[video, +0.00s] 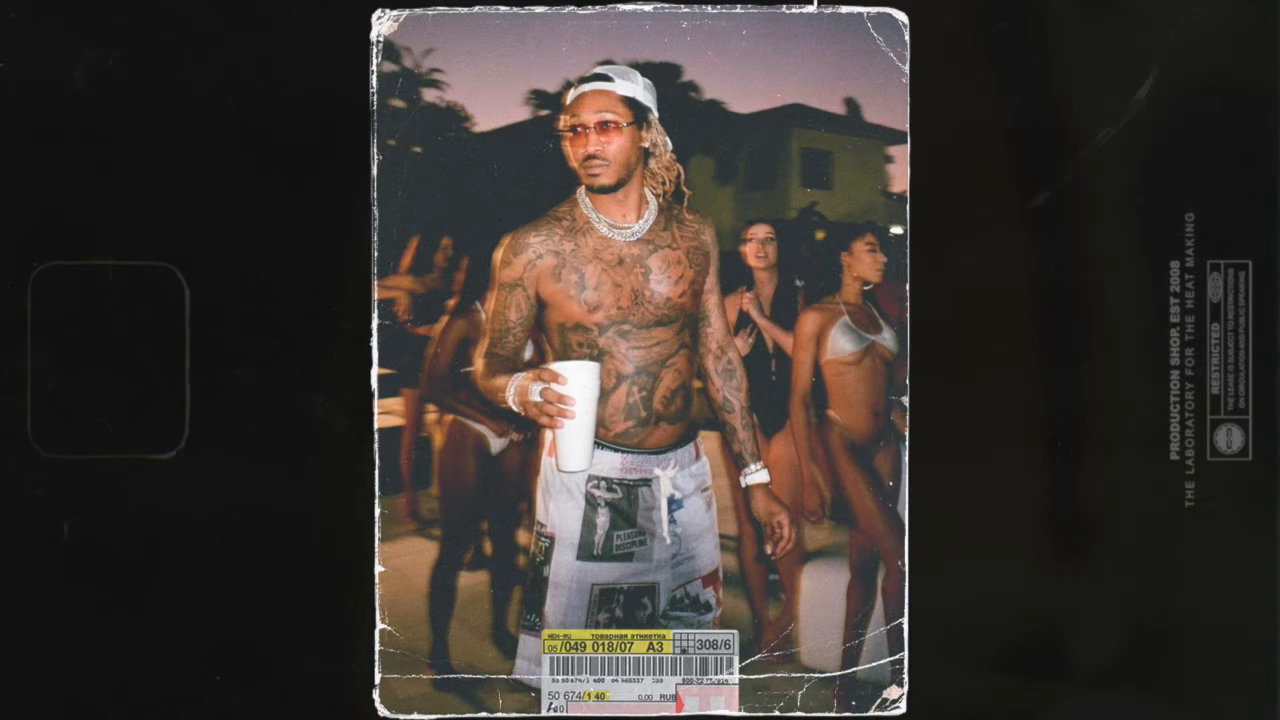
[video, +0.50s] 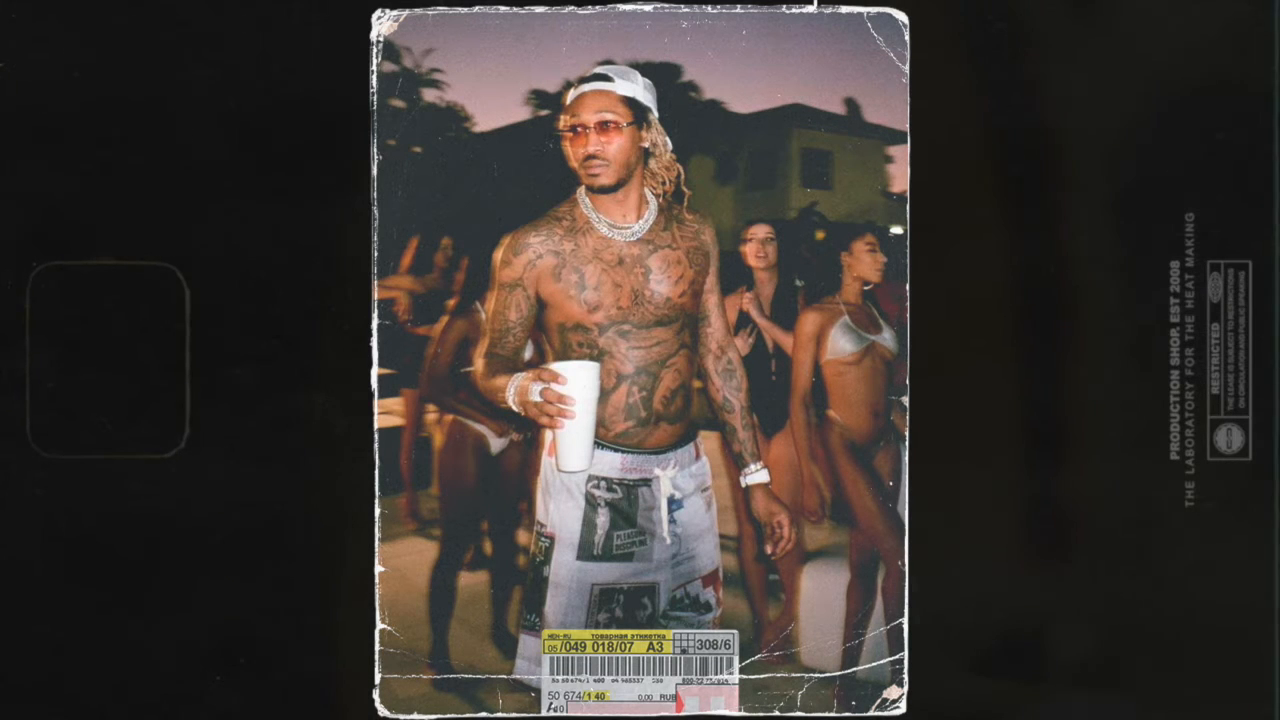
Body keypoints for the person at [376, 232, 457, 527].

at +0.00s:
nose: (446, 254)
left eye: (450, 249)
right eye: (442, 247)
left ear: (456, 254)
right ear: (431, 250)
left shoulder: (456, 280)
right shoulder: (415, 282)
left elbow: (461, 313)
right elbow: (393, 285)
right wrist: (404, 294)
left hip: (445, 351)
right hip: (416, 349)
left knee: (449, 427)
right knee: (412, 428)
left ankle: (452, 499)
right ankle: (410, 502)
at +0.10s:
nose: (446, 254)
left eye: (451, 249)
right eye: (442, 247)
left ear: (456, 253)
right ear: (431, 250)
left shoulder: (457, 280)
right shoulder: (415, 282)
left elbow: (461, 312)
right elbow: (393, 285)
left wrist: (431, 328)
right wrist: (403, 296)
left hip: (445, 352)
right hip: (416, 349)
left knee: (450, 428)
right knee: (412, 429)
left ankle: (452, 499)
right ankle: (410, 503)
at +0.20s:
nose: (446, 254)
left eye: (450, 249)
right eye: (442, 248)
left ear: (456, 254)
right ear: (431, 251)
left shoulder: (456, 280)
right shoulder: (415, 282)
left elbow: (461, 311)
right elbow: (394, 284)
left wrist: (431, 328)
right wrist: (403, 296)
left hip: (445, 352)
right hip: (416, 349)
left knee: (450, 428)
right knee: (412, 429)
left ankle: (452, 499)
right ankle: (410, 503)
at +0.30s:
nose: (446, 254)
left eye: (450, 249)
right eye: (442, 247)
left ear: (456, 254)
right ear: (431, 250)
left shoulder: (456, 279)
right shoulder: (415, 282)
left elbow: (461, 312)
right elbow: (393, 285)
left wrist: (432, 328)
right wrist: (404, 294)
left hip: (445, 351)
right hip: (416, 348)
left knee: (449, 427)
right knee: (412, 428)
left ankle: (452, 499)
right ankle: (410, 501)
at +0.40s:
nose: (446, 254)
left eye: (451, 249)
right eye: (442, 248)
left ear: (456, 254)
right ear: (431, 251)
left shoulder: (456, 280)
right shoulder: (415, 282)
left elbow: (461, 311)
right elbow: (394, 284)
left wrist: (431, 327)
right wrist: (403, 296)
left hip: (445, 351)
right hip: (416, 348)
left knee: (450, 428)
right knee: (412, 428)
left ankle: (452, 499)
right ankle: (410, 503)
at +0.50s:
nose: (446, 254)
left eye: (451, 249)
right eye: (442, 247)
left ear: (456, 253)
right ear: (431, 250)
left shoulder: (457, 279)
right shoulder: (415, 282)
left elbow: (461, 311)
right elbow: (394, 284)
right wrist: (404, 294)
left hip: (445, 351)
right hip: (416, 348)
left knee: (449, 427)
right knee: (412, 428)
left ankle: (452, 499)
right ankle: (410, 501)